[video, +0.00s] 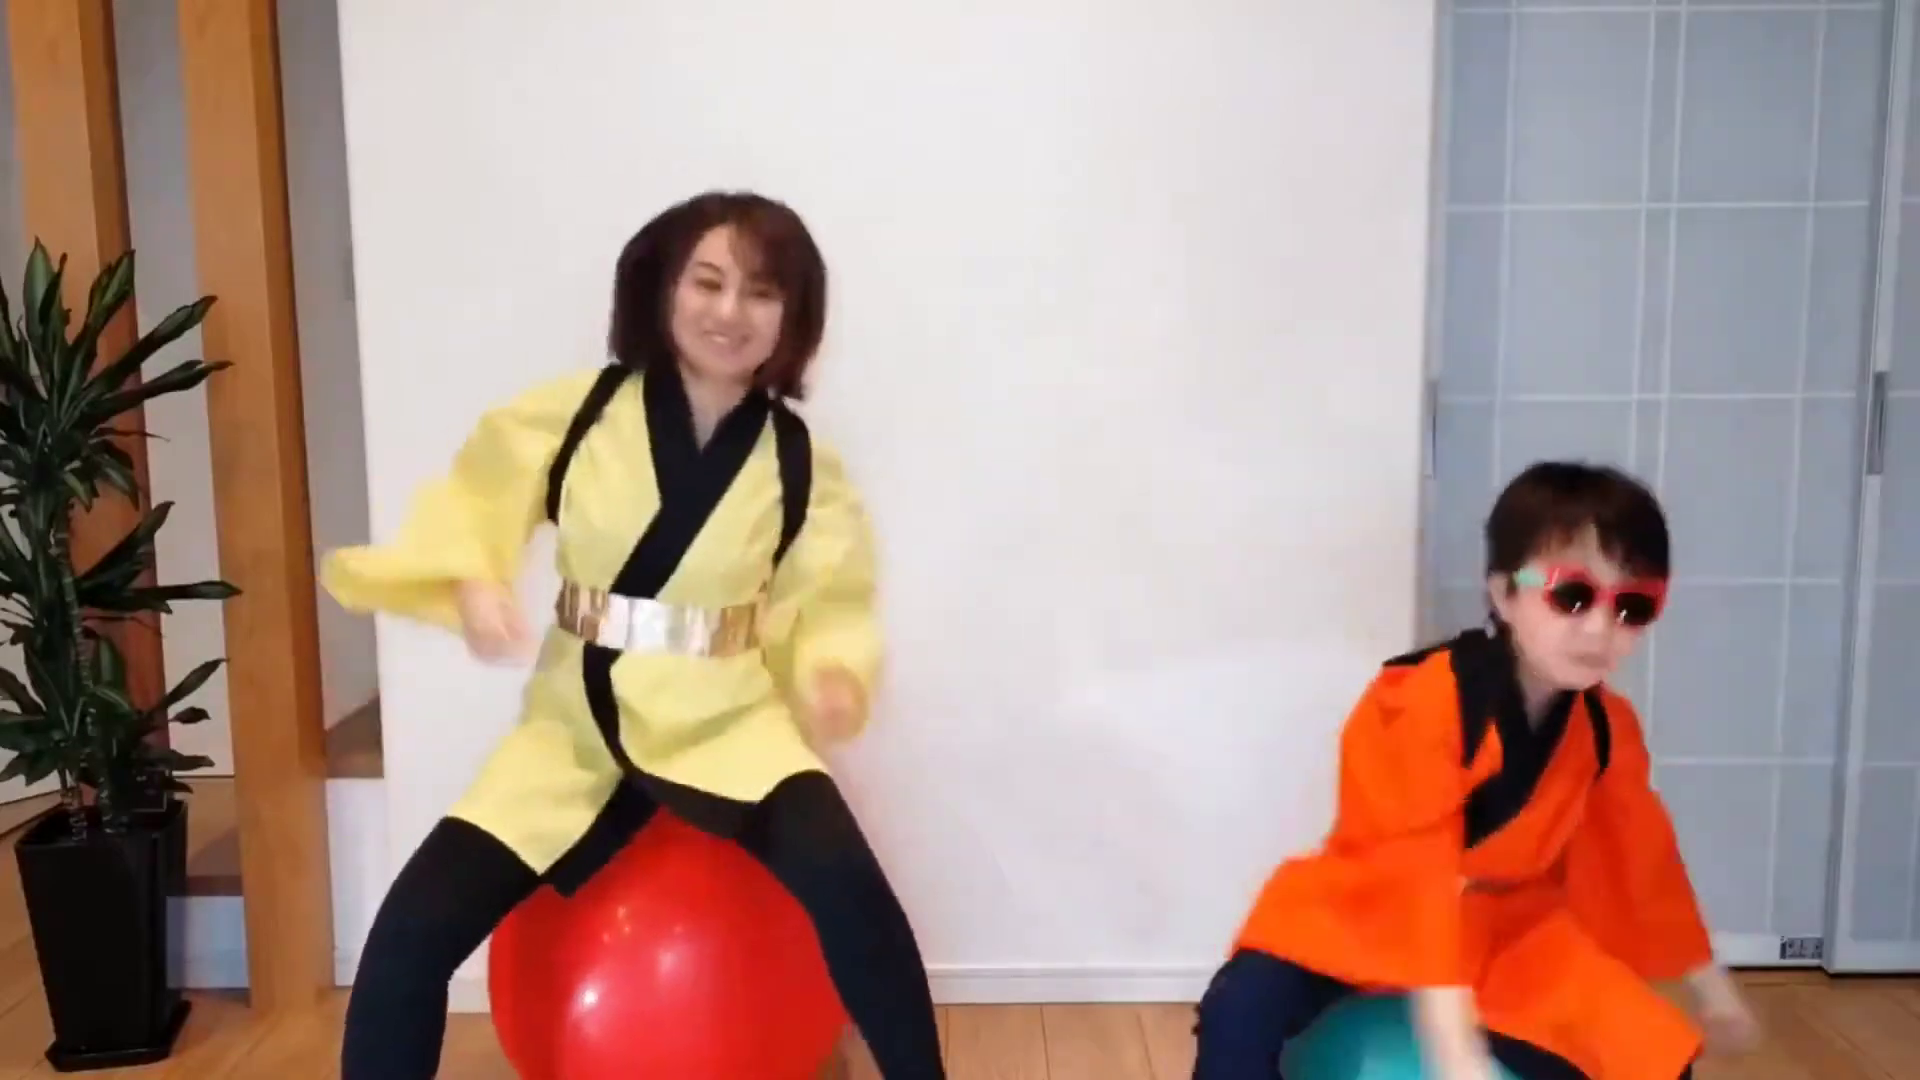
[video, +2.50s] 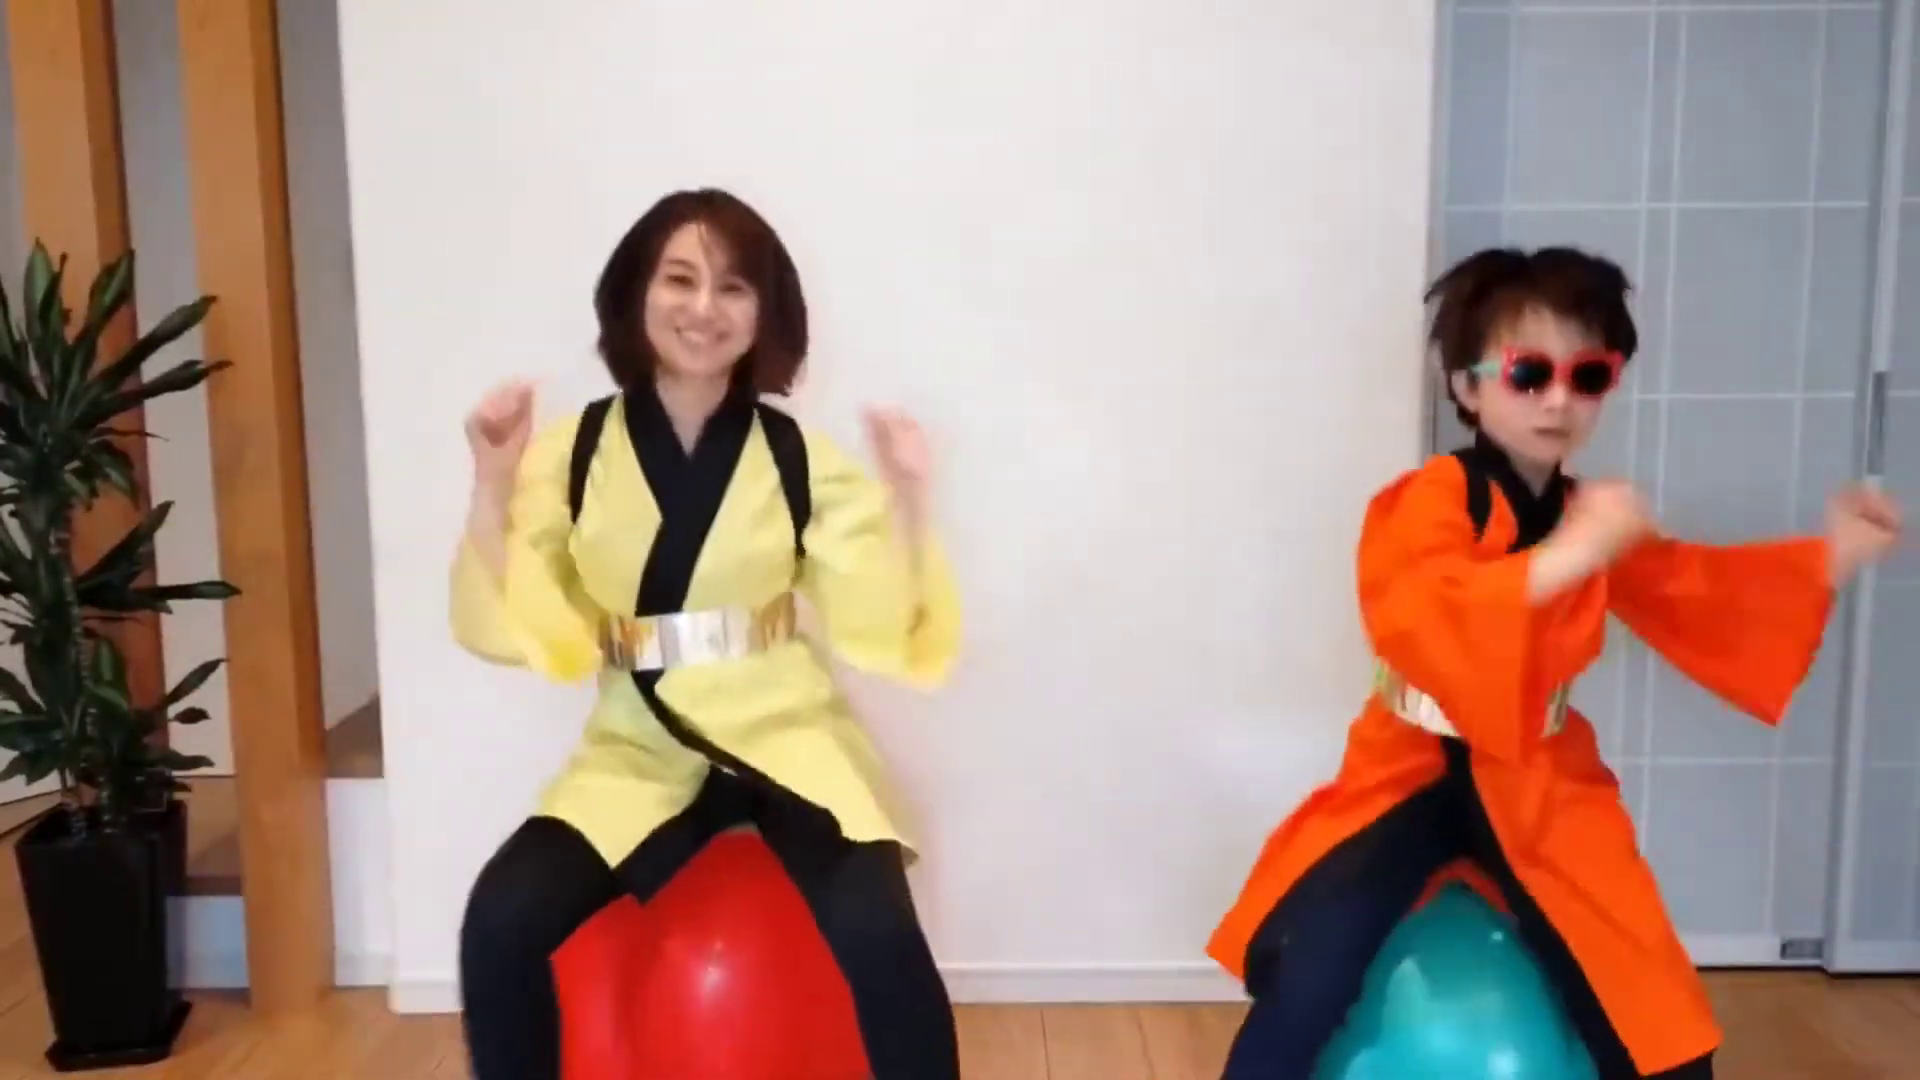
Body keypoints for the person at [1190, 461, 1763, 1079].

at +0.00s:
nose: (1602, 628)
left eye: (1631, 608)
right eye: (1574, 595)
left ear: (1648, 621)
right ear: (1503, 597)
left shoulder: (1606, 729)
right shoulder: (1415, 703)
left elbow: (1647, 868)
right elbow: (1418, 889)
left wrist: (1713, 992)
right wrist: (1458, 1058)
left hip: (1504, 929)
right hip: (1365, 910)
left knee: (1649, 1051)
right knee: (1238, 1015)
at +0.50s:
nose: (1521, 568)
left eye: (1549, 545)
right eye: (1488, 547)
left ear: (1580, 564)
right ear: (1443, 574)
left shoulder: (1604, 679)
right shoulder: (1409, 689)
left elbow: (1767, 791)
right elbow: (1348, 869)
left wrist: (1718, 687)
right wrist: (1416, 742)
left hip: (1551, 923)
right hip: (1412, 918)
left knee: (1661, 1062)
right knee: (1312, 1051)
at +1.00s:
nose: (1401, 552)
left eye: (1432, 523)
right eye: (1372, 527)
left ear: (1483, 536)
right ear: (1347, 542)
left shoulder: (1528, 677)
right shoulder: (1333, 661)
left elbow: (1540, 851)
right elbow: (1287, 805)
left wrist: (1481, 1018)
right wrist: (1232, 918)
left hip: (1498, 909)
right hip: (1375, 892)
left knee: (1652, 1058)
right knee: (1251, 970)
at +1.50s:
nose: (1353, 436)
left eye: (1382, 415)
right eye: (1325, 412)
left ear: (1425, 434)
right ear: (1294, 430)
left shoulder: (1450, 554)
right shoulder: (1273, 560)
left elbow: (1498, 681)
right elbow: (1162, 657)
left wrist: (1431, 548)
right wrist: (1118, 570)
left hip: (1445, 827)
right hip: (1321, 820)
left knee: (1543, 1036)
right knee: (1209, 984)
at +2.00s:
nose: (1483, 459)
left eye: (1515, 439)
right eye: (1459, 426)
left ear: (1537, 446)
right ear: (1397, 423)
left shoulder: (1536, 561)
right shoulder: (1336, 539)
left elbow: (1581, 714)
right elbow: (1223, 661)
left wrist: (1635, 842)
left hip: (1490, 805)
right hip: (1351, 800)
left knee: (1646, 983)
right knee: (1240, 954)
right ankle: (1207, 1067)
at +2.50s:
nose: (1560, 399)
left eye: (1587, 377)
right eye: (1529, 373)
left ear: (1609, 391)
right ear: (1467, 389)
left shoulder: (1591, 517)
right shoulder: (1421, 504)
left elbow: (1698, 589)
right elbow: (1423, 618)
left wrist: (1828, 555)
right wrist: (1563, 558)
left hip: (1537, 780)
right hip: (1408, 774)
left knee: (1643, 1006)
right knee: (1306, 965)